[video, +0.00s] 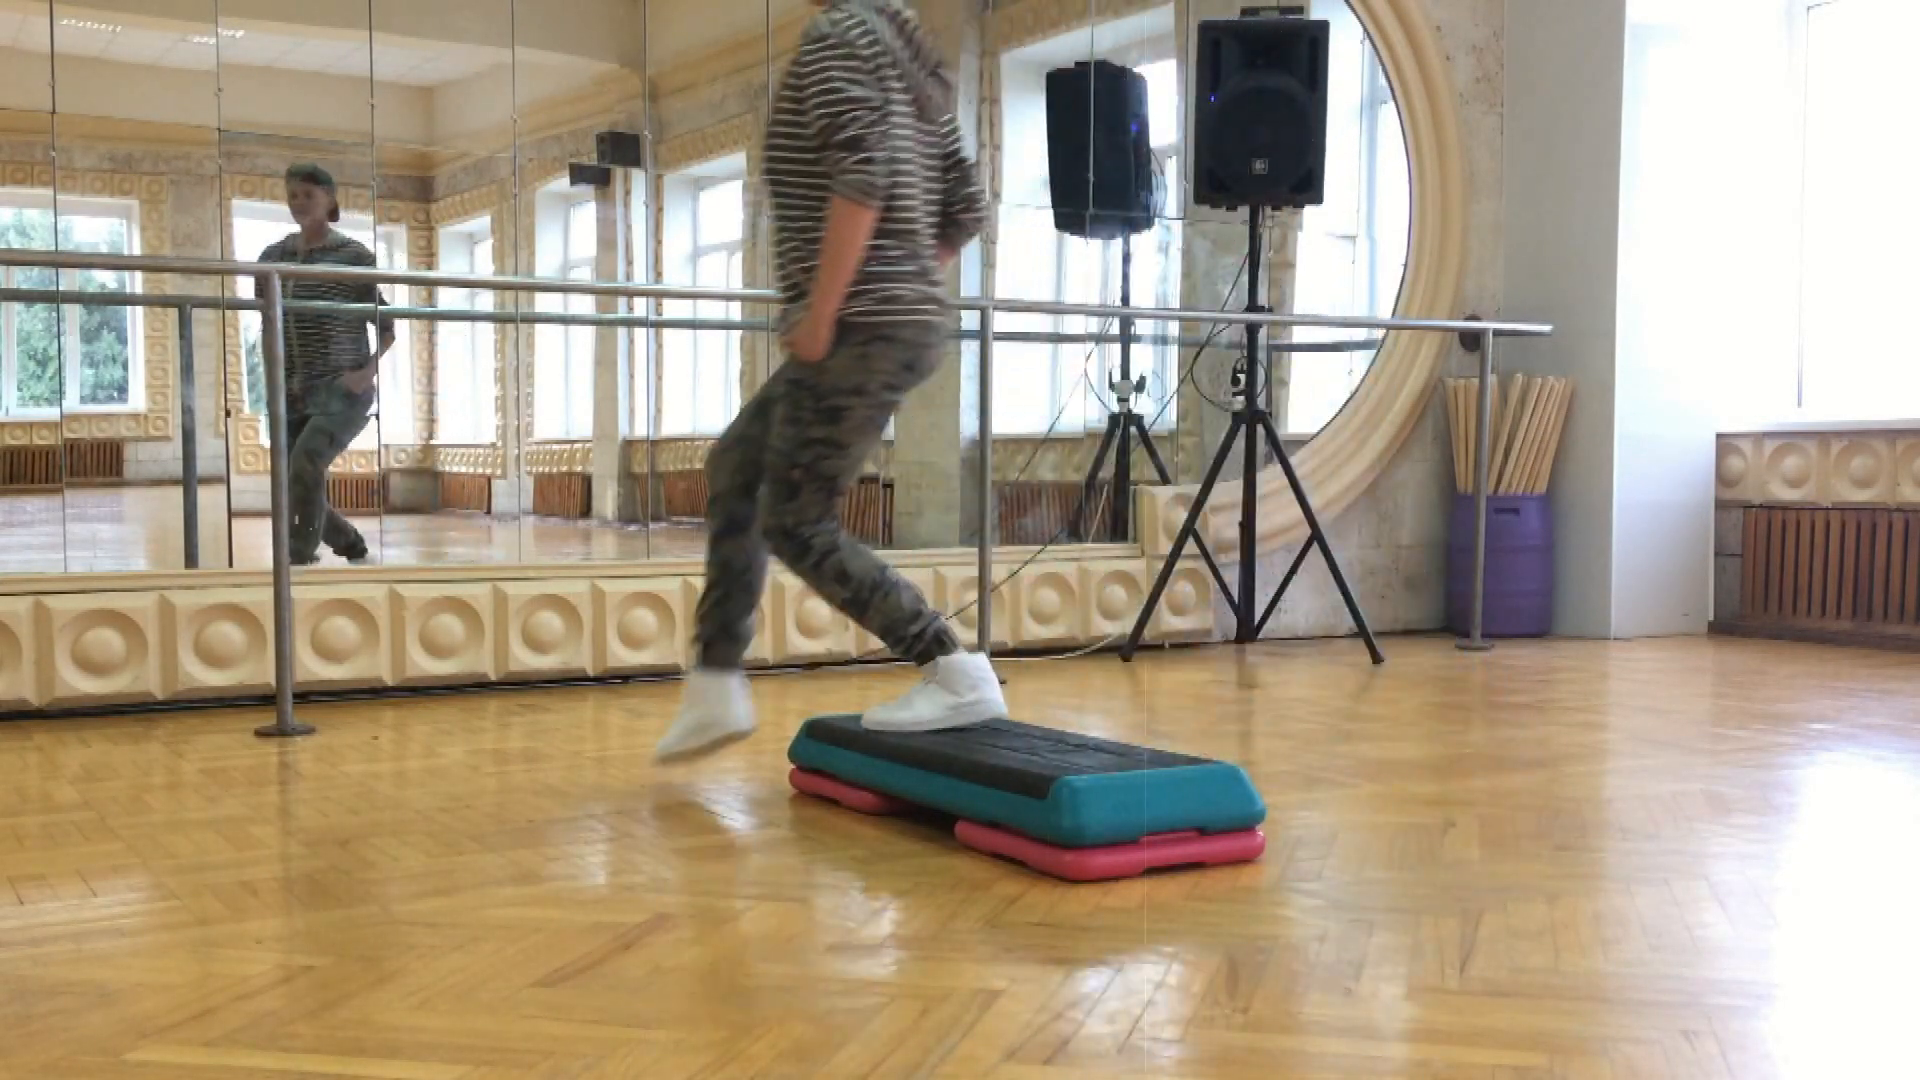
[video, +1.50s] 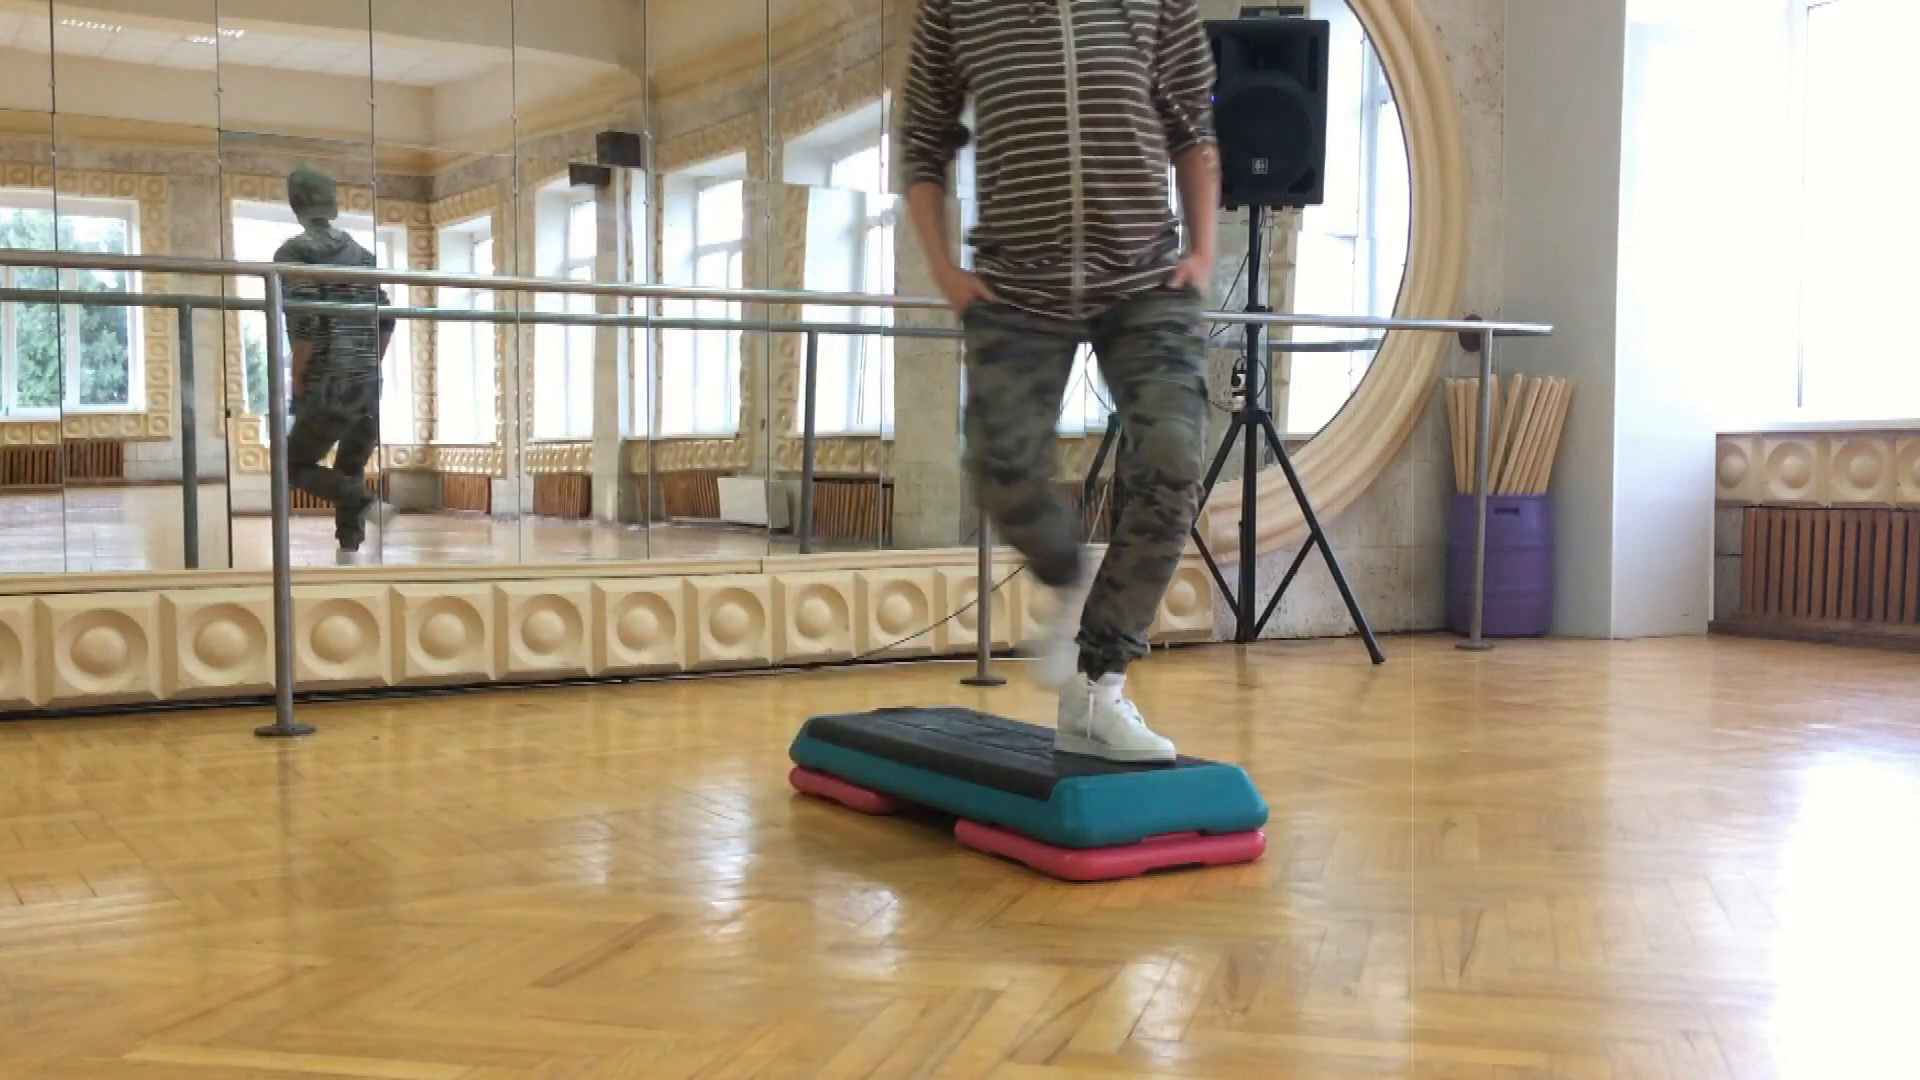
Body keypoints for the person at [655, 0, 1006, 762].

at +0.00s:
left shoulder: (837, 35)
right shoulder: (909, 47)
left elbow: (866, 178)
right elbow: (965, 207)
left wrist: (819, 314)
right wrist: (897, 283)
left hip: (867, 322)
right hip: (908, 320)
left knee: (792, 520)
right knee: (737, 464)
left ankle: (955, 671)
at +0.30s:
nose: (673, 21)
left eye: (675, 12)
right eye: (682, 13)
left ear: (686, 16)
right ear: (761, 22)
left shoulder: (664, 100)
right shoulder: (809, 113)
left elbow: (667, 245)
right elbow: (854, 266)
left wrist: (627, 358)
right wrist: (804, 358)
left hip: (695, 369)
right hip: (790, 382)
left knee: (562, 516)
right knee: (680, 537)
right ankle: (703, 741)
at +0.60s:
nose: (727, 22)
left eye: (725, 16)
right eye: (724, 14)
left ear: (636, 21)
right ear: (704, 12)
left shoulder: (574, 107)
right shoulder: (710, 73)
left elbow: (509, 223)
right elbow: (692, 189)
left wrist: (545, 336)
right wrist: (739, 331)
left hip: (568, 354)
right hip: (668, 350)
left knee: (552, 571)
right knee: (775, 516)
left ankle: (435, 763)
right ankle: (682, 709)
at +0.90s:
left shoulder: (780, 61)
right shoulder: (727, 32)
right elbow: (655, 170)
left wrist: (782, 312)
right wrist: (735, 307)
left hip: (751, 345)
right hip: (716, 341)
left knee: (731, 582)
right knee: (817, 543)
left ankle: (524, 692)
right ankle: (779, 787)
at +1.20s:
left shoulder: (985, 60)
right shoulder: (838, 21)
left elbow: (966, 186)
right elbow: (755, 156)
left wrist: (973, 287)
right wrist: (775, 295)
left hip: (950, 324)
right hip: (832, 328)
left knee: (1085, 446)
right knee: (842, 543)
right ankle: (790, 778)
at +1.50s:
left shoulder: (1160, 7)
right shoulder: (954, 10)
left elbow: (1193, 125)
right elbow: (924, 142)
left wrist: (1201, 250)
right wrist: (946, 271)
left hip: (1148, 279)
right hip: (1015, 287)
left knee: (1170, 468)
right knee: (1004, 470)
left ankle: (1096, 686)